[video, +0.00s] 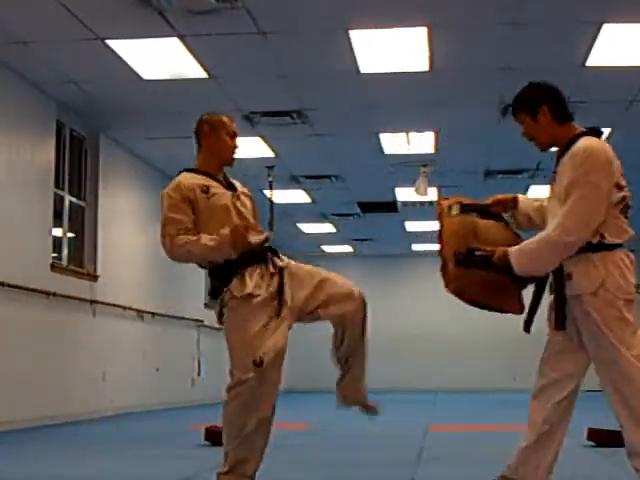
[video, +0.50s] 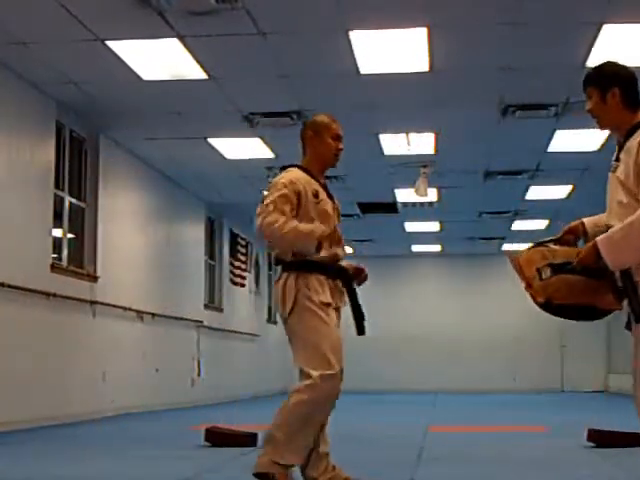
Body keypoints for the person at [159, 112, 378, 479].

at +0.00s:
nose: (236, 143)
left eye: (236, 137)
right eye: (230, 136)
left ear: (216, 140)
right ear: (207, 137)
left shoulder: (241, 191)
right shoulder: (182, 187)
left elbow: (249, 236)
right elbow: (176, 244)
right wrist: (229, 244)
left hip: (280, 272)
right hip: (245, 290)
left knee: (350, 301)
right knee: (251, 386)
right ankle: (237, 472)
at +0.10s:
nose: (255, 138)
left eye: (255, 132)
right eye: (248, 131)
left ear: (240, 137)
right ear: (224, 134)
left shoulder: (258, 190)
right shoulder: (202, 183)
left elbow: (268, 245)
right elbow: (199, 241)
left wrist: (307, 272)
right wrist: (257, 248)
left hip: (285, 282)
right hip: (250, 290)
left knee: (338, 337)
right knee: (255, 379)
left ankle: (328, 417)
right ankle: (237, 471)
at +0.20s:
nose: (278, 139)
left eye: (277, 133)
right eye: (271, 132)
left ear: (258, 138)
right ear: (247, 134)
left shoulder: (276, 192)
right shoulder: (227, 182)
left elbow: (289, 247)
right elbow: (222, 241)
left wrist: (328, 265)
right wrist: (275, 264)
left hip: (298, 293)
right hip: (261, 295)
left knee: (315, 379)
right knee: (261, 383)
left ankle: (328, 467)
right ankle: (237, 471)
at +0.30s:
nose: (301, 145)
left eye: (301, 138)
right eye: (294, 137)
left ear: (292, 144)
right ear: (270, 140)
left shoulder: (298, 197)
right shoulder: (251, 187)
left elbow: (303, 255)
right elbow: (242, 246)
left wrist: (333, 272)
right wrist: (292, 273)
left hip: (307, 300)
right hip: (276, 301)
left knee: (309, 388)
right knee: (273, 386)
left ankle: (316, 468)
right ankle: (239, 471)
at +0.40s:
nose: (323, 148)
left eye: (324, 141)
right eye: (317, 140)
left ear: (309, 146)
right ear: (293, 142)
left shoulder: (311, 197)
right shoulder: (273, 186)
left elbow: (314, 254)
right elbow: (262, 246)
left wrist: (335, 278)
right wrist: (304, 269)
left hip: (317, 297)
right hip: (293, 295)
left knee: (318, 384)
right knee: (301, 378)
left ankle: (316, 467)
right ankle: (244, 464)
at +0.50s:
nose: (340, 147)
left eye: (341, 141)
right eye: (334, 139)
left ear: (325, 145)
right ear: (310, 140)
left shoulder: (322, 192)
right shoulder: (291, 179)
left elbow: (320, 251)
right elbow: (270, 224)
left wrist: (346, 270)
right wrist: (319, 236)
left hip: (327, 289)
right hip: (305, 286)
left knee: (319, 379)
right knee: (325, 376)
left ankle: (317, 467)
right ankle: (272, 463)